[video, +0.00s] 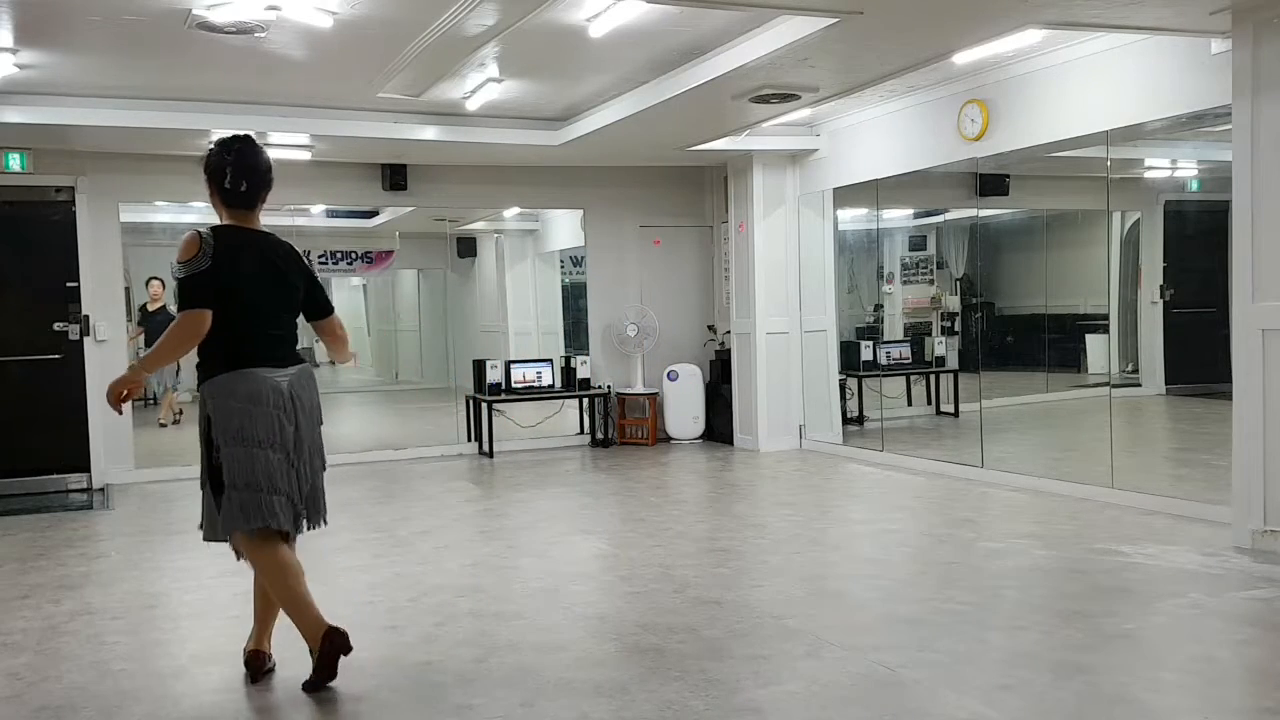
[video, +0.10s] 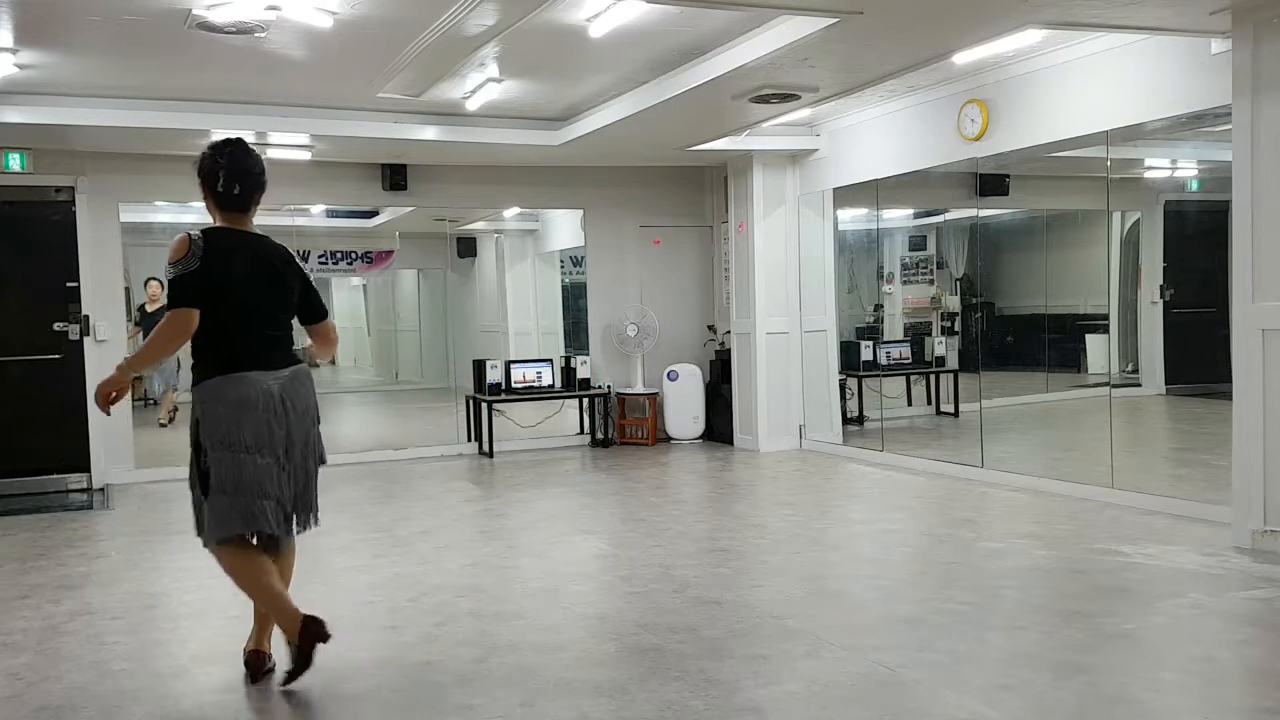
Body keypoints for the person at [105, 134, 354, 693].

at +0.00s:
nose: (206, 192)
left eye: (207, 184)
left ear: (212, 189)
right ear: (266, 190)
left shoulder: (204, 247)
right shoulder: (288, 254)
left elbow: (195, 322)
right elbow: (331, 328)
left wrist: (141, 372)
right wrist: (341, 348)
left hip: (237, 390)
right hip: (296, 385)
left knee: (251, 527)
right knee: (276, 523)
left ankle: (320, 634)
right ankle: (260, 646)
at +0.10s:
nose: (203, 192)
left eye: (202, 185)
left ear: (205, 193)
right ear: (260, 194)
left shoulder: (196, 250)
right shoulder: (281, 257)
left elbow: (182, 322)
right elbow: (324, 333)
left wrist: (127, 372)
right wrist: (321, 351)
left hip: (229, 395)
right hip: (291, 391)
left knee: (224, 527)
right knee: (280, 519)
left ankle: (296, 624)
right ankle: (259, 644)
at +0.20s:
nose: (198, 194)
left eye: (196, 186)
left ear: (199, 194)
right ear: (255, 195)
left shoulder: (187, 251)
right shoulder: (276, 257)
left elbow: (168, 323)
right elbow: (319, 335)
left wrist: (111, 366)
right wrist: (307, 347)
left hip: (218, 398)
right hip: (285, 394)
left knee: (196, 527)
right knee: (275, 522)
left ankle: (246, 636)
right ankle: (259, 643)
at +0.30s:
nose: (193, 194)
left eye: (191, 187)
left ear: (193, 193)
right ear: (248, 195)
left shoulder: (178, 251)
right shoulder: (269, 255)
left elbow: (152, 321)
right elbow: (317, 334)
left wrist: (86, 360)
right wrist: (305, 350)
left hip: (205, 396)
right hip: (274, 394)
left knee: (179, 527)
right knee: (271, 521)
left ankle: (184, 656)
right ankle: (259, 647)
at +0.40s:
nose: (188, 193)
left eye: (182, 185)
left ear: (184, 191)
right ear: (238, 192)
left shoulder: (168, 251)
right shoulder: (259, 253)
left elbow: (135, 314)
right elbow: (316, 329)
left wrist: (67, 341)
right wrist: (319, 349)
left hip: (192, 396)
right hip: (263, 395)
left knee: (166, 531)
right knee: (265, 523)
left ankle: (144, 666)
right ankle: (259, 649)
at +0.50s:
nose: (182, 192)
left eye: (173, 183)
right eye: (209, 183)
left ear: (172, 190)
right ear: (226, 190)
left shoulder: (155, 248)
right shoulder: (249, 253)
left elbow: (108, 313)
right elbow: (307, 322)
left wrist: (46, 324)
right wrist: (334, 353)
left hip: (176, 392)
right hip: (249, 392)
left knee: (157, 535)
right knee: (256, 523)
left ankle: (136, 668)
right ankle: (257, 648)